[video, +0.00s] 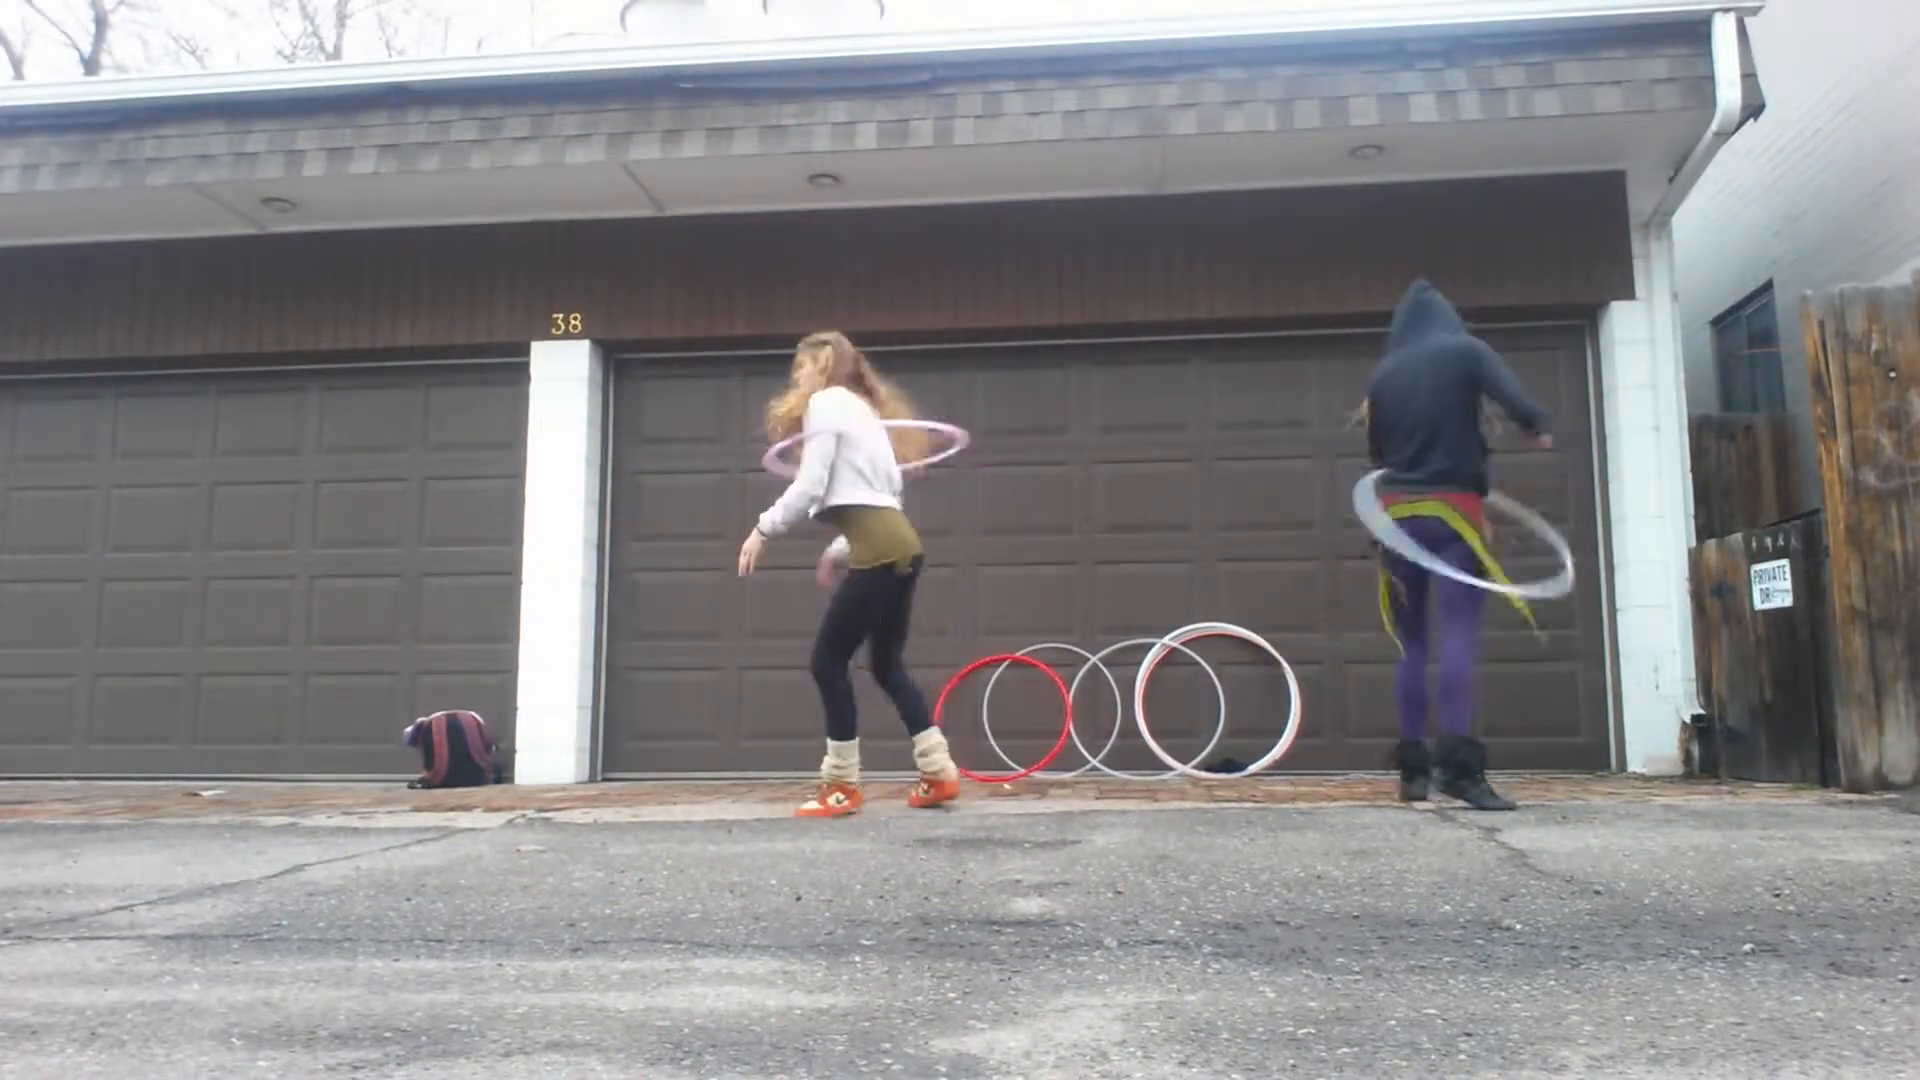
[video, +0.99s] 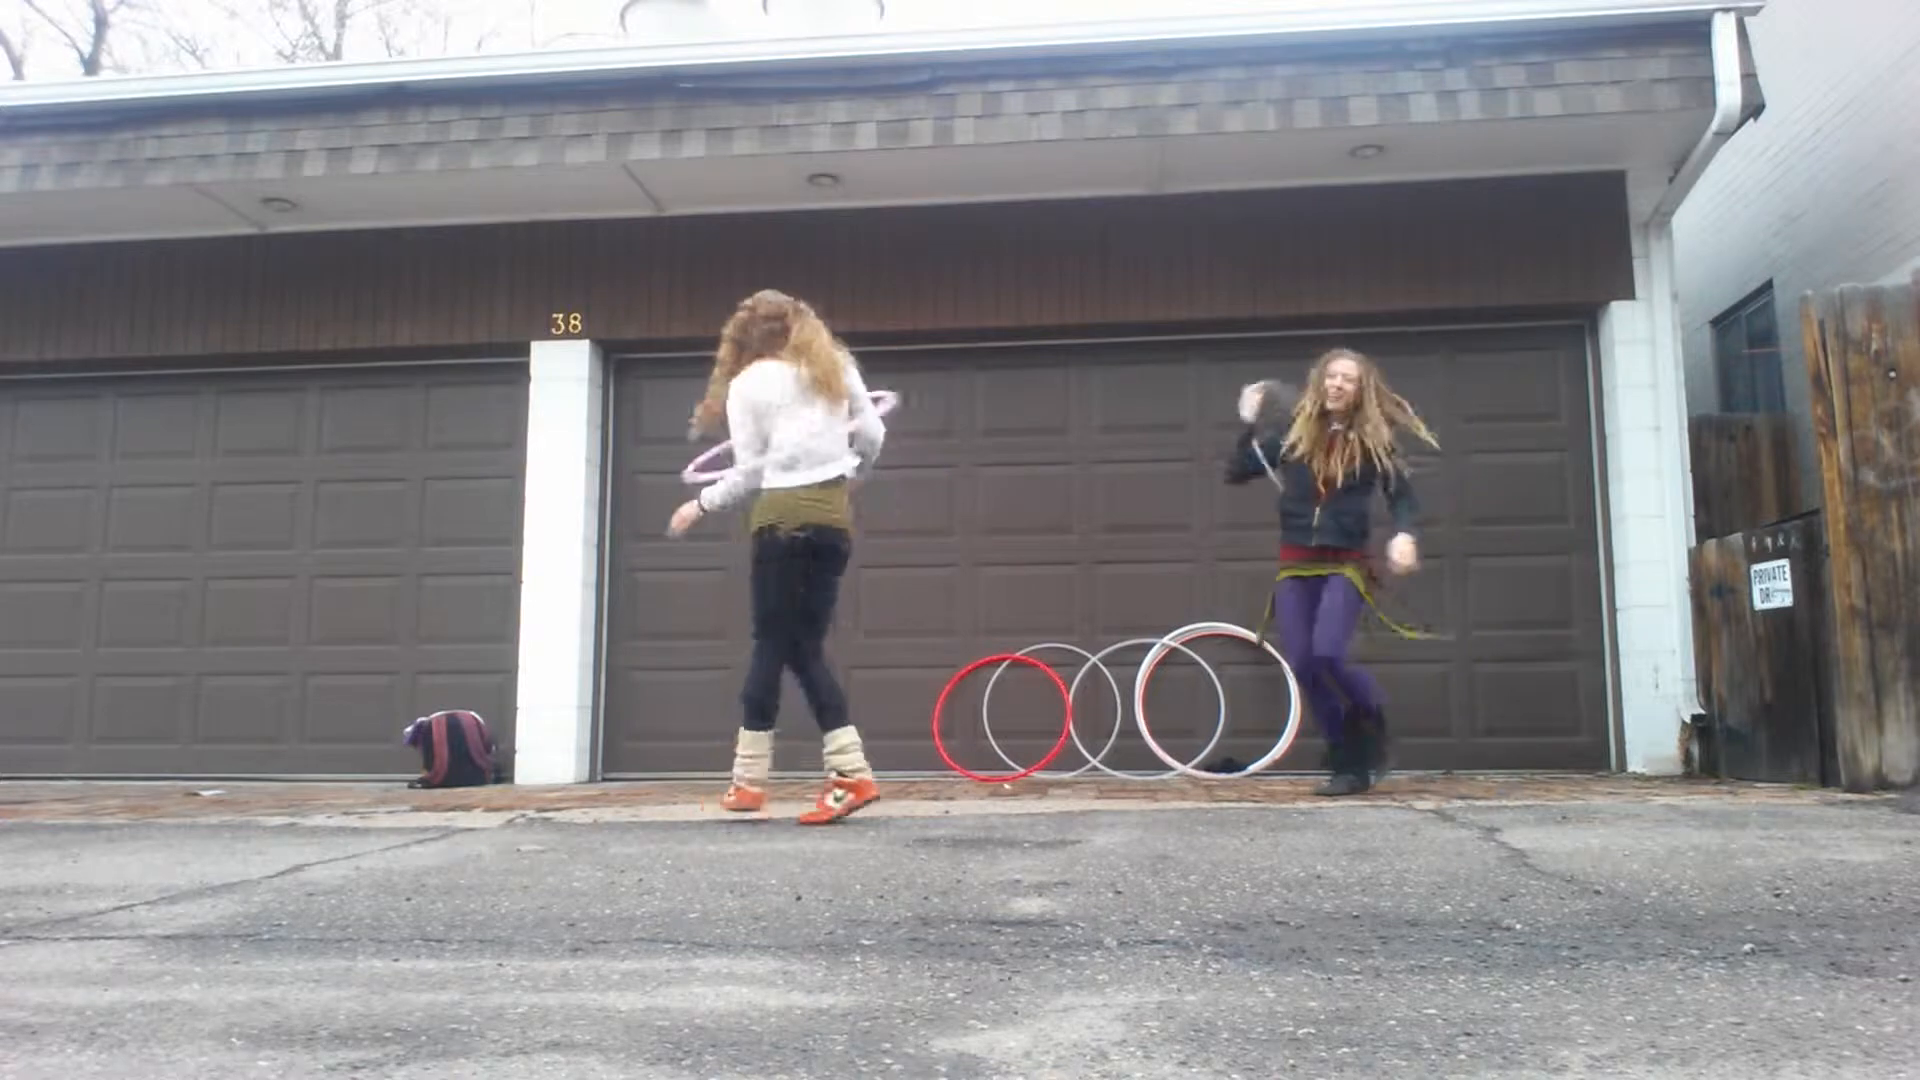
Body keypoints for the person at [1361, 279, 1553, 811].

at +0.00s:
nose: (1457, 325)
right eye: (1454, 318)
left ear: (1403, 324)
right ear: (1447, 318)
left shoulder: (1385, 373)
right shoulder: (1465, 350)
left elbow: (1380, 451)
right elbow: (1516, 402)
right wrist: (1537, 428)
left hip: (1397, 511)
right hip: (1454, 508)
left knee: (1413, 642)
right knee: (1457, 637)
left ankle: (1413, 770)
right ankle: (1458, 765)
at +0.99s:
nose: (1338, 385)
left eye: (1348, 380)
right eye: (1332, 377)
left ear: (1361, 391)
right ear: (1318, 383)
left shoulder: (1373, 439)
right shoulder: (1296, 432)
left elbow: (1401, 494)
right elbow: (1239, 472)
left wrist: (1403, 534)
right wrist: (1251, 426)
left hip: (1346, 562)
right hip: (1295, 561)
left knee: (1327, 656)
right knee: (1302, 664)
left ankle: (1373, 725)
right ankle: (1345, 762)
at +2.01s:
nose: (1283, 406)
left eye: (1291, 399)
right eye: (1276, 399)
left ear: (1302, 404)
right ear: (1264, 403)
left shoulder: (1319, 444)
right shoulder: (1251, 446)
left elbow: (1340, 503)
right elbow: (1226, 488)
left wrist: (1367, 537)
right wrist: (1206, 521)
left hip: (1330, 560)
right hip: (1278, 565)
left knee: (1371, 637)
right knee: (1272, 662)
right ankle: (1257, 762)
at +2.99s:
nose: (1401, 388)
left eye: (1409, 380)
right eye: (1393, 381)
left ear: (1421, 386)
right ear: (1379, 387)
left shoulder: (1432, 437)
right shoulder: (1357, 432)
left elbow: (1432, 505)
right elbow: (1316, 488)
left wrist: (1431, 561)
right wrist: (1296, 548)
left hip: (1418, 554)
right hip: (1364, 554)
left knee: (1415, 658)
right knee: (1381, 658)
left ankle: (1431, 757)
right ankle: (1402, 765)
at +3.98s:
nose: (1326, 361)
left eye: (1331, 353)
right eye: (1325, 353)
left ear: (1352, 356)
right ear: (1375, 358)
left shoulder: (1349, 393)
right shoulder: (1389, 399)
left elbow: (1275, 413)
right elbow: (1340, 402)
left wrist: (1256, 376)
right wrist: (1320, 361)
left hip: (1347, 535)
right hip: (1378, 535)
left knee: (1345, 650)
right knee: (1349, 649)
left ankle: (1384, 759)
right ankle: (1380, 758)